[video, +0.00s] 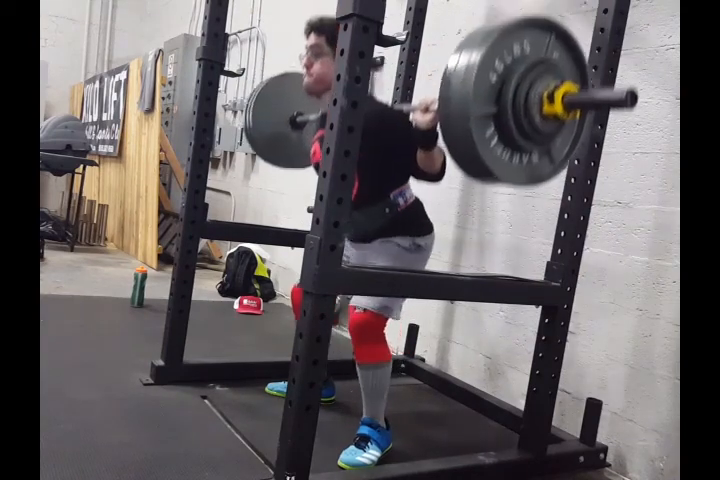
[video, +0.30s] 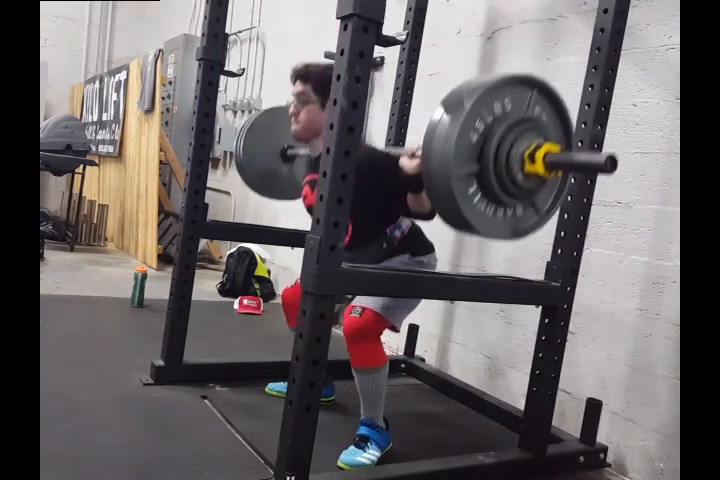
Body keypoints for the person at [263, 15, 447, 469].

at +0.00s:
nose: (305, 63)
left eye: (316, 55)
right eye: (305, 54)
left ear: (345, 63)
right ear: (310, 62)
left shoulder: (378, 118)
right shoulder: (324, 120)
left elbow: (433, 171)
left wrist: (425, 132)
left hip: (400, 234)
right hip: (350, 232)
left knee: (364, 323)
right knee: (304, 296)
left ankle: (374, 428)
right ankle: (315, 381)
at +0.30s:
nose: (292, 111)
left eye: (302, 102)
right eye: (292, 102)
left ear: (331, 109)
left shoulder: (369, 160)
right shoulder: (315, 163)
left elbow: (423, 210)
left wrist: (415, 177)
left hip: (405, 256)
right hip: (354, 256)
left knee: (359, 326)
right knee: (295, 299)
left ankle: (374, 431)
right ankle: (316, 381)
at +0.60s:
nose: (281, 149)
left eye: (291, 141)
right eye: (281, 140)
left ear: (322, 150)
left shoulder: (360, 198)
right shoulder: (305, 194)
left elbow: (415, 238)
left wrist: (406, 211)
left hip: (401, 280)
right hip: (350, 277)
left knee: (352, 329)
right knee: (287, 302)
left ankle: (372, 430)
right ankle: (316, 382)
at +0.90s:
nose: (274, 174)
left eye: (283, 166)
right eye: (274, 165)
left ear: (314, 171)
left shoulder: (355, 221)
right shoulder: (301, 220)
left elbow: (412, 258)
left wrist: (401, 227)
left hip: (400, 294)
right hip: (348, 289)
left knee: (352, 331)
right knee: (284, 301)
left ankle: (372, 429)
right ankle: (316, 382)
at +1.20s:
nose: (273, 187)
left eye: (282, 179)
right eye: (273, 178)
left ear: (313, 183)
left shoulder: (354, 232)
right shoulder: (302, 233)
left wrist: (398, 241)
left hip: (401, 303)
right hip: (352, 300)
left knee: (352, 334)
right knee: (282, 304)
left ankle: (371, 429)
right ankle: (315, 383)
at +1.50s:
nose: (275, 177)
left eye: (283, 169)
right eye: (274, 168)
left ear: (314, 172)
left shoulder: (358, 219)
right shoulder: (306, 222)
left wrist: (406, 226)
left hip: (405, 290)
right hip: (354, 285)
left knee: (352, 329)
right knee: (288, 301)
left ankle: (372, 428)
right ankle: (316, 382)